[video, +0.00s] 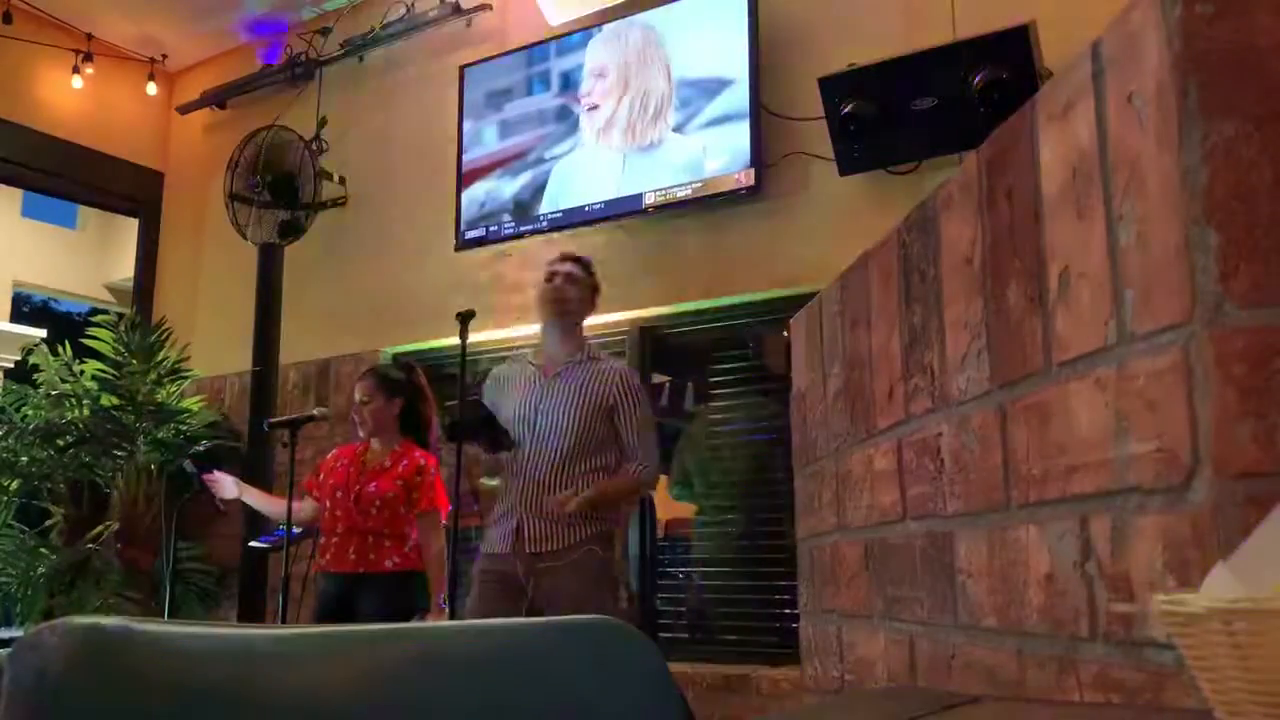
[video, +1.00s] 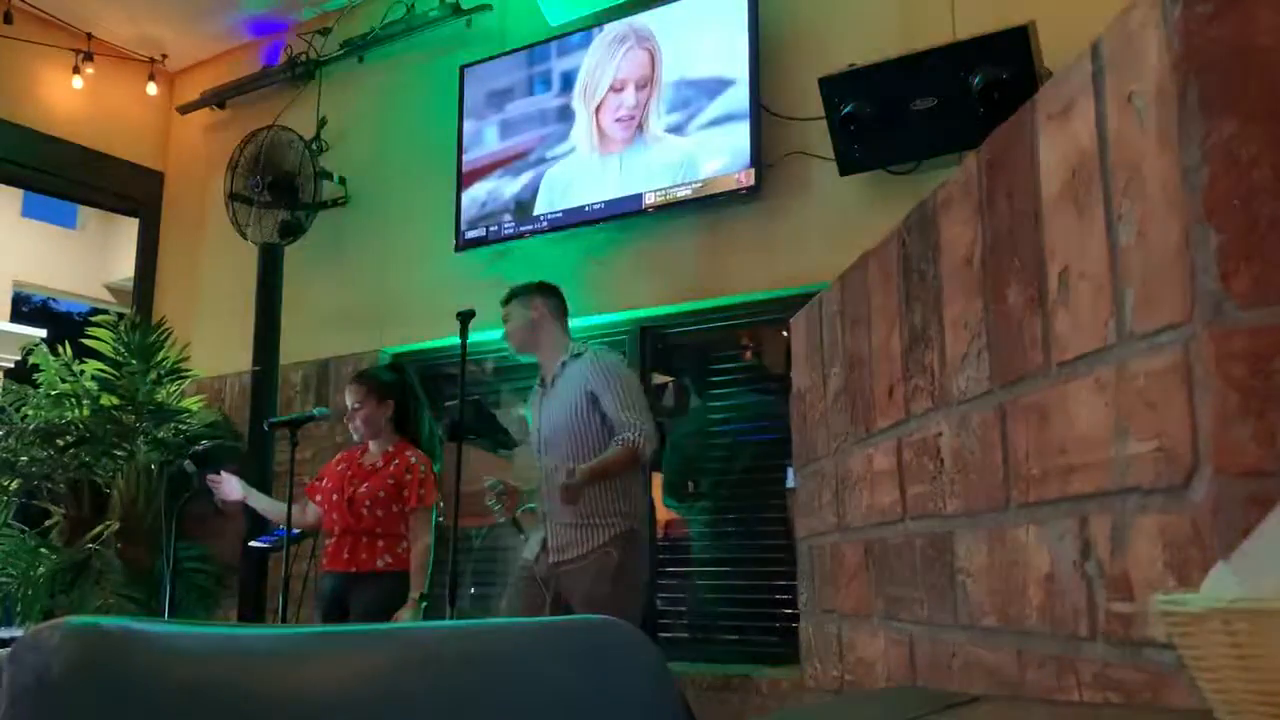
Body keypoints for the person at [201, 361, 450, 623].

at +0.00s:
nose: (355, 411)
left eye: (365, 402)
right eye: (354, 403)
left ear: (396, 405)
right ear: (354, 403)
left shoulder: (418, 464)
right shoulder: (340, 458)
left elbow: (432, 539)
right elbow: (303, 512)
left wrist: (438, 607)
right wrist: (240, 489)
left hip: (392, 589)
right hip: (335, 588)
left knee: (387, 688)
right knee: (327, 686)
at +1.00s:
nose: (348, 417)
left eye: (357, 408)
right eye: (347, 410)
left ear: (387, 408)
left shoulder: (413, 464)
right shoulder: (342, 463)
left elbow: (421, 539)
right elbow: (304, 517)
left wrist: (415, 601)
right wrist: (244, 492)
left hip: (385, 583)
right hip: (334, 582)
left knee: (371, 677)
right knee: (329, 675)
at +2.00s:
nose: (353, 408)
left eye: (362, 399)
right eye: (354, 399)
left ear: (393, 405)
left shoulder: (418, 462)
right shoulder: (346, 462)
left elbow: (431, 535)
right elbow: (310, 519)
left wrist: (428, 600)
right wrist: (256, 495)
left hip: (392, 582)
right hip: (339, 582)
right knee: (339, 678)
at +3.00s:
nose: (349, 416)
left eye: (357, 406)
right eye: (349, 408)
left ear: (386, 405)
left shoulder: (413, 461)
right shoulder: (355, 460)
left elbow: (419, 539)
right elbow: (333, 526)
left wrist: (411, 600)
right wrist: (278, 515)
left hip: (384, 581)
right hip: (341, 579)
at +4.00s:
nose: (341, 416)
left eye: (350, 407)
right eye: (340, 409)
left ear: (379, 408)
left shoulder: (410, 464)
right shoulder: (334, 464)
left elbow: (421, 538)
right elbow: (290, 511)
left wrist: (420, 602)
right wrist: (237, 474)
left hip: (382, 582)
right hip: (330, 582)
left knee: (371, 678)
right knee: (325, 676)